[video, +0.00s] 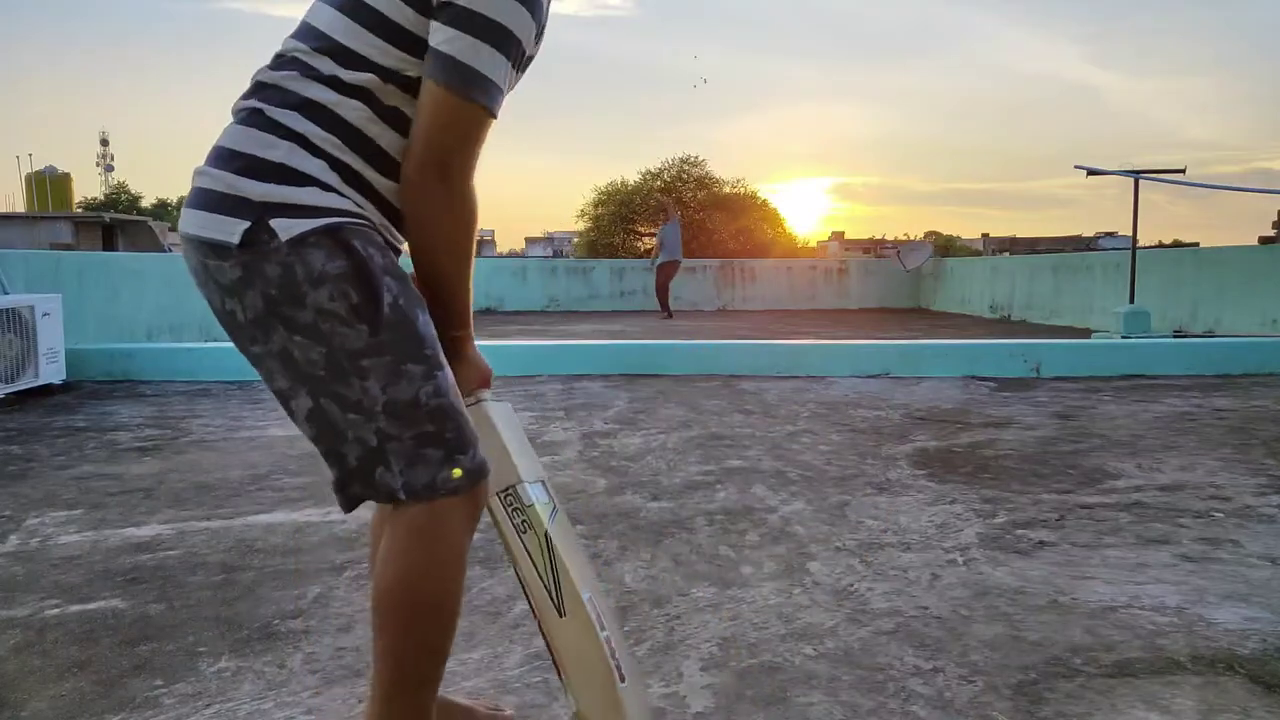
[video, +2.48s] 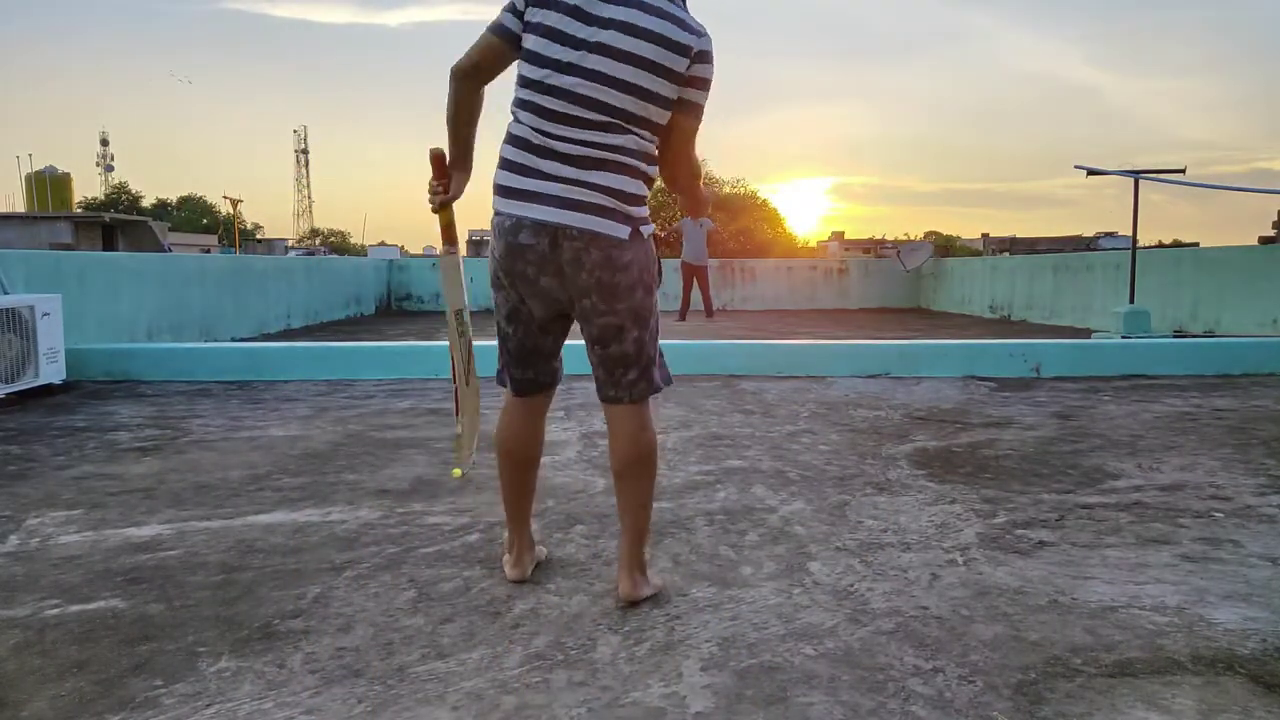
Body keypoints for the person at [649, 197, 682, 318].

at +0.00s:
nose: (663, 217)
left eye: (665, 215)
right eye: (661, 215)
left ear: (669, 215)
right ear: (660, 217)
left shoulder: (673, 223)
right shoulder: (661, 230)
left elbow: (669, 206)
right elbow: (657, 246)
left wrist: (660, 197)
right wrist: (652, 260)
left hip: (673, 257)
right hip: (663, 258)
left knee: (663, 284)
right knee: (660, 285)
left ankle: (667, 311)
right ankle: (665, 311)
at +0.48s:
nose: (681, 225)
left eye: (684, 224)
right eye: (681, 222)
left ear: (686, 229)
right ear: (678, 223)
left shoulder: (681, 239)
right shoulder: (670, 231)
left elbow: (674, 252)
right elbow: (671, 224)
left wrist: (660, 243)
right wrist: (676, 218)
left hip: (663, 265)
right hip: (650, 264)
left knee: (666, 291)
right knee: (650, 291)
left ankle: (663, 315)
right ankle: (658, 310)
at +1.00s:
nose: (693, 242)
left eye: (695, 240)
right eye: (691, 239)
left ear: (696, 242)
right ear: (686, 238)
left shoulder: (691, 251)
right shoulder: (677, 246)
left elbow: (676, 260)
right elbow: (672, 260)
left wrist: (667, 272)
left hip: (669, 266)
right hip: (655, 264)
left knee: (668, 293)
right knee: (648, 285)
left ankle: (663, 316)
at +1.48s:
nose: (695, 210)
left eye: (698, 208)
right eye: (693, 207)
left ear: (701, 210)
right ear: (689, 209)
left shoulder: (703, 224)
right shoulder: (682, 220)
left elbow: (708, 240)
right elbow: (671, 228)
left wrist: (710, 254)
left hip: (693, 258)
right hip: (679, 256)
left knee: (696, 286)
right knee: (677, 287)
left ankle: (701, 313)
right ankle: (676, 314)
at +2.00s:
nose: (696, 209)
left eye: (698, 206)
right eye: (694, 206)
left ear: (702, 208)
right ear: (691, 208)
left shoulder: (709, 224)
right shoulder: (686, 223)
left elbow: (717, 240)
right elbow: (674, 235)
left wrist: (717, 255)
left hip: (703, 262)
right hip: (689, 261)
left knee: (707, 291)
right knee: (687, 290)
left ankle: (710, 314)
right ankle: (683, 315)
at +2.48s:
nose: (693, 212)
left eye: (696, 209)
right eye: (691, 209)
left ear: (701, 209)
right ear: (687, 209)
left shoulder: (705, 222)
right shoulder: (684, 222)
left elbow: (716, 233)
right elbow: (672, 229)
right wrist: (664, 232)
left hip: (701, 260)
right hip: (687, 260)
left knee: (705, 290)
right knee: (686, 290)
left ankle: (710, 314)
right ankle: (682, 316)